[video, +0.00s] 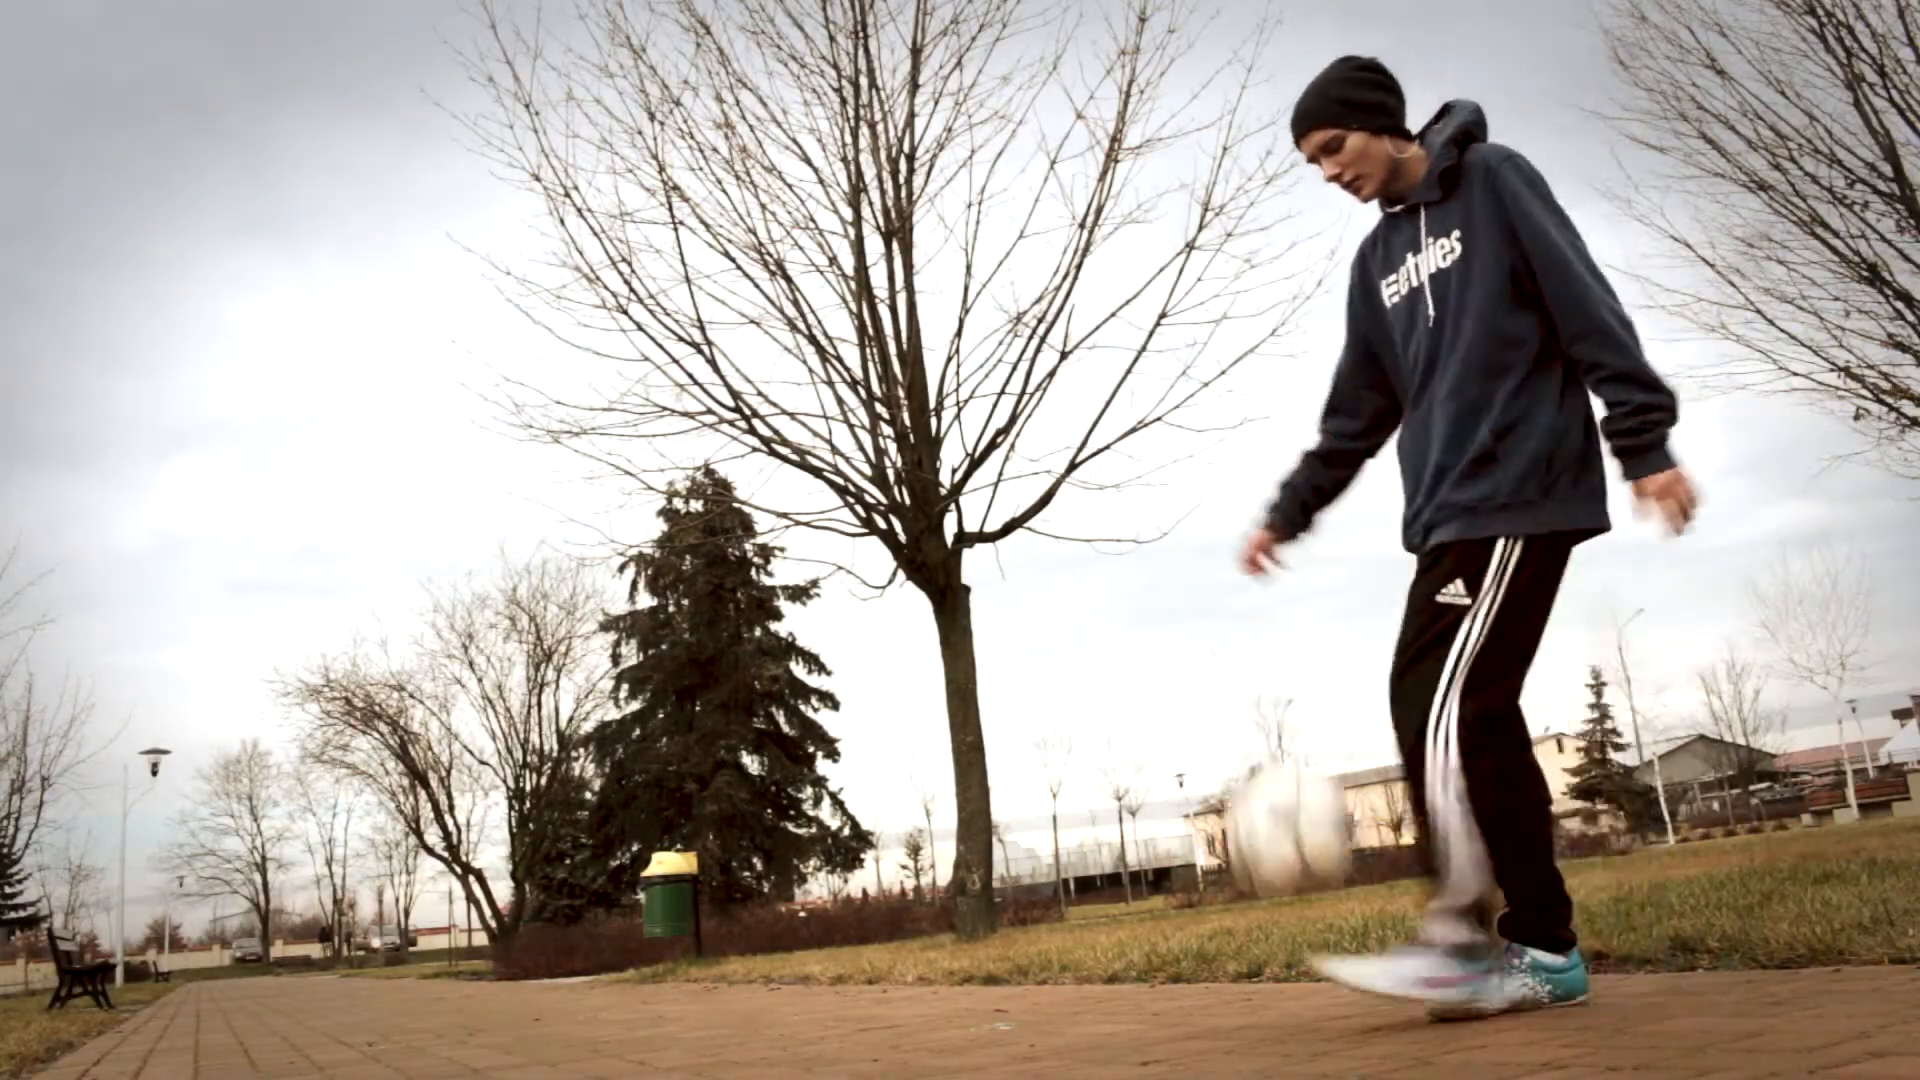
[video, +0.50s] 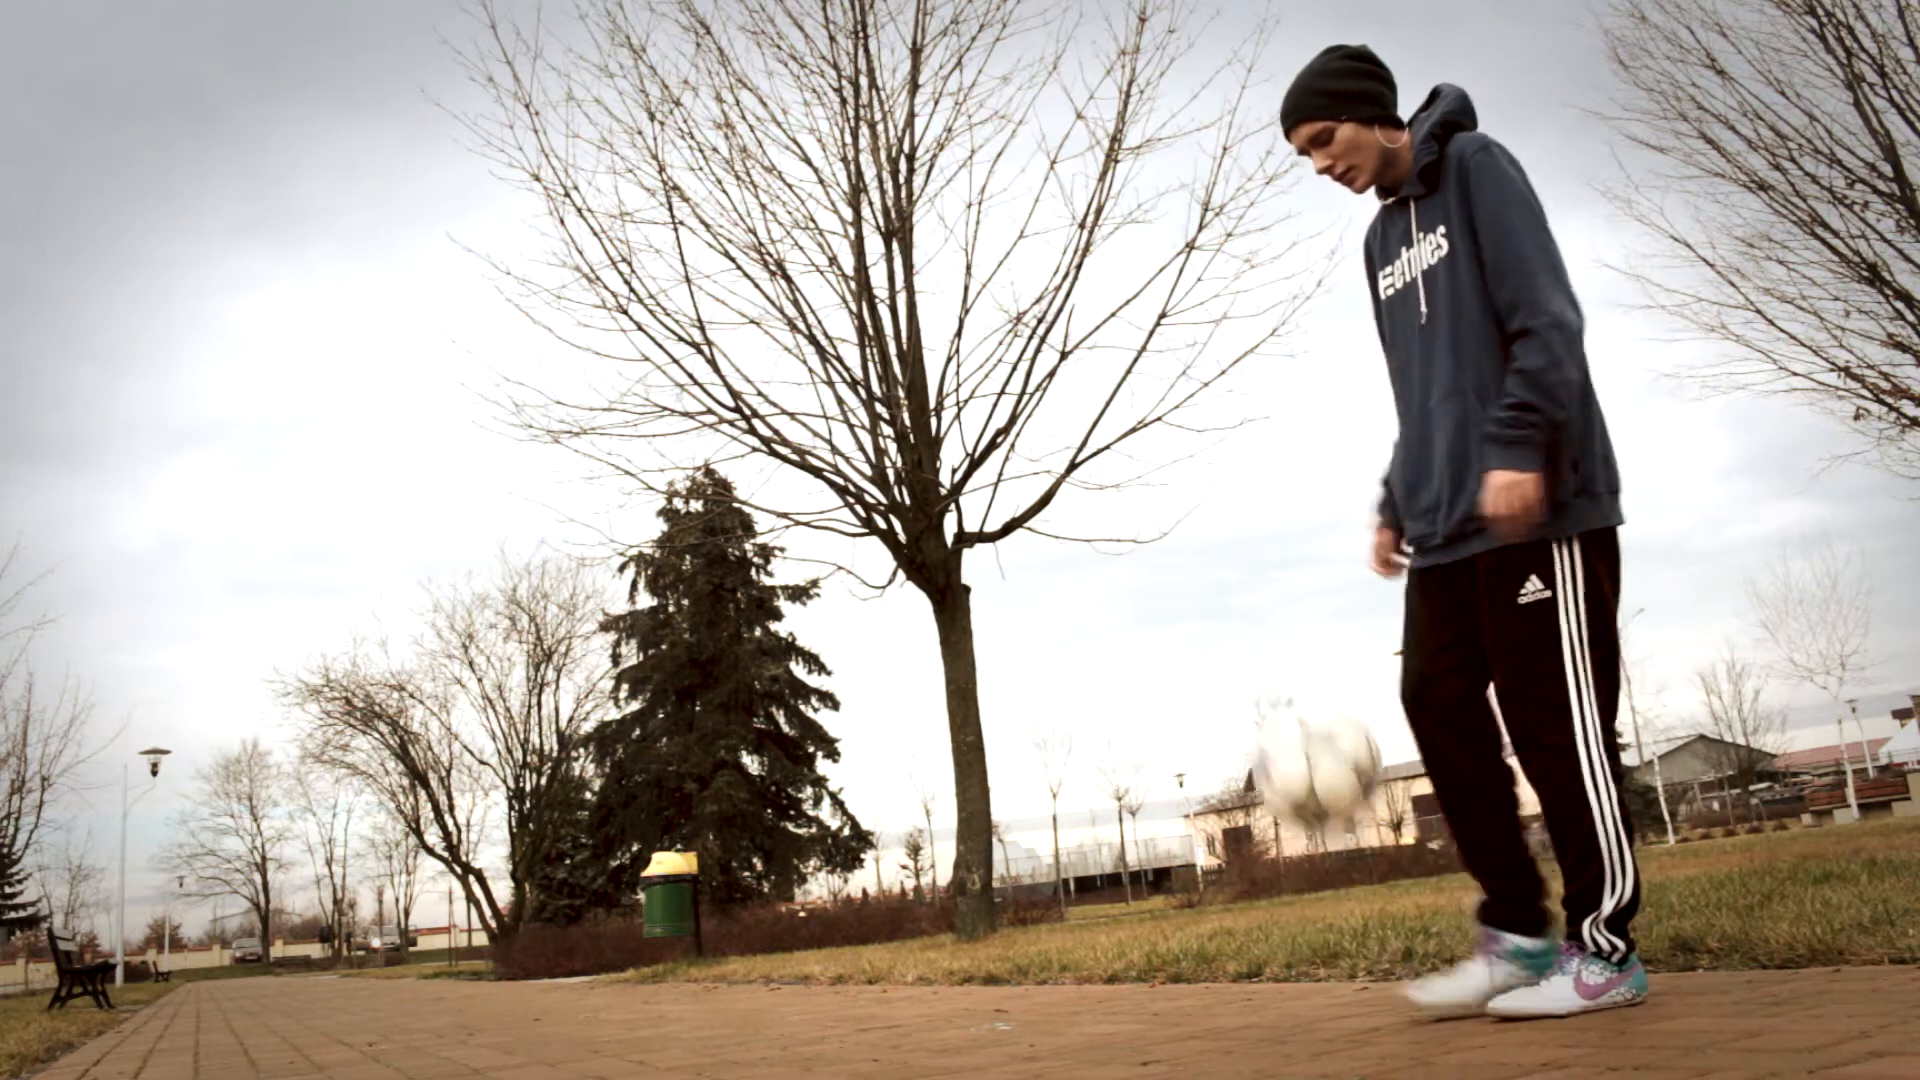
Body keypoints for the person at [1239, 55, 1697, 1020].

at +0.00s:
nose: (1333, 171)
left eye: (1337, 147)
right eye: (1318, 162)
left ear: (1387, 119)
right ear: (1328, 164)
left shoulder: (1490, 178)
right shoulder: (1377, 257)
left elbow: (1584, 301)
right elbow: (1360, 404)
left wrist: (1645, 445)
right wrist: (1286, 512)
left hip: (1525, 491)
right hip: (1449, 510)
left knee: (1429, 695)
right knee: (1479, 716)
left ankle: (1467, 930)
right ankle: (1546, 949)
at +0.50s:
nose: (1324, 163)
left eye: (1327, 138)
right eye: (1309, 154)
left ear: (1377, 108)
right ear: (1321, 153)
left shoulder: (1474, 169)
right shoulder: (1380, 238)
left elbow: (1547, 318)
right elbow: (1421, 388)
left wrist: (1520, 447)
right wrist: (1399, 499)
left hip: (1539, 503)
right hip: (1447, 525)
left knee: (1558, 720)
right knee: (1439, 710)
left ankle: (1607, 952)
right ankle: (1521, 938)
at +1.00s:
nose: (1299, 192)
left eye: (1299, 169)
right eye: (1286, 181)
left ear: (1341, 137)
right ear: (1311, 167)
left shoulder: (1451, 174)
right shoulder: (1368, 253)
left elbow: (1566, 302)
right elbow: (1411, 408)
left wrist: (1595, 443)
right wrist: (1396, 520)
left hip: (1531, 493)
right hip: (1462, 513)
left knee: (1471, 690)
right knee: (1487, 704)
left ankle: (1555, 933)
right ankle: (1561, 938)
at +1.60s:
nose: (1260, 243)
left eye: (1260, 220)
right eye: (1246, 231)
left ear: (1303, 184)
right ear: (1274, 210)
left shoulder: (1420, 209)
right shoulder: (1345, 278)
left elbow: (1552, 328)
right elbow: (1412, 385)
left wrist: (1523, 456)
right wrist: (1390, 472)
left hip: (1583, 480)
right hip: (1485, 500)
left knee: (1580, 719)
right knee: (1423, 648)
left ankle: (1610, 953)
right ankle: (1455, 873)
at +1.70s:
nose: (1263, 261)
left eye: (1263, 239)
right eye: (1250, 249)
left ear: (1304, 203)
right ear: (1283, 224)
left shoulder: (1419, 232)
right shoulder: (1355, 294)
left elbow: (1508, 353)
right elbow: (1437, 401)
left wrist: (1442, 469)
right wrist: (1443, 486)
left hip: (1573, 480)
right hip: (1495, 486)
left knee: (1549, 710)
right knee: (1350, 533)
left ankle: (1608, 953)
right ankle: (1346, 730)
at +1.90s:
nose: (1297, 195)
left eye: (1299, 173)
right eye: (1287, 181)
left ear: (1344, 145)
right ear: (1305, 173)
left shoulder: (1442, 207)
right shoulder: (1359, 261)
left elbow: (1470, 191)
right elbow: (1368, 384)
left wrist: (1345, 134)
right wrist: (1255, 385)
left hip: (1527, 485)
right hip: (1436, 470)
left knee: (1522, 712)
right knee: (1274, 464)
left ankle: (1604, 955)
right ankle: (1191, 687)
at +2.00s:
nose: (1305, 123)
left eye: (1313, 102)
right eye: (1292, 113)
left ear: (1362, 78)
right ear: (1292, 112)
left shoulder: (1452, 129)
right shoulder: (1349, 177)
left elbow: (1494, 110)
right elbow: (1340, 248)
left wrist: (1357, 60)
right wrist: (1243, 265)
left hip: (1492, 411)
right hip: (1394, 418)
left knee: (1467, 595)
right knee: (1269, 527)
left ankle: (1546, 847)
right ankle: (1337, 711)